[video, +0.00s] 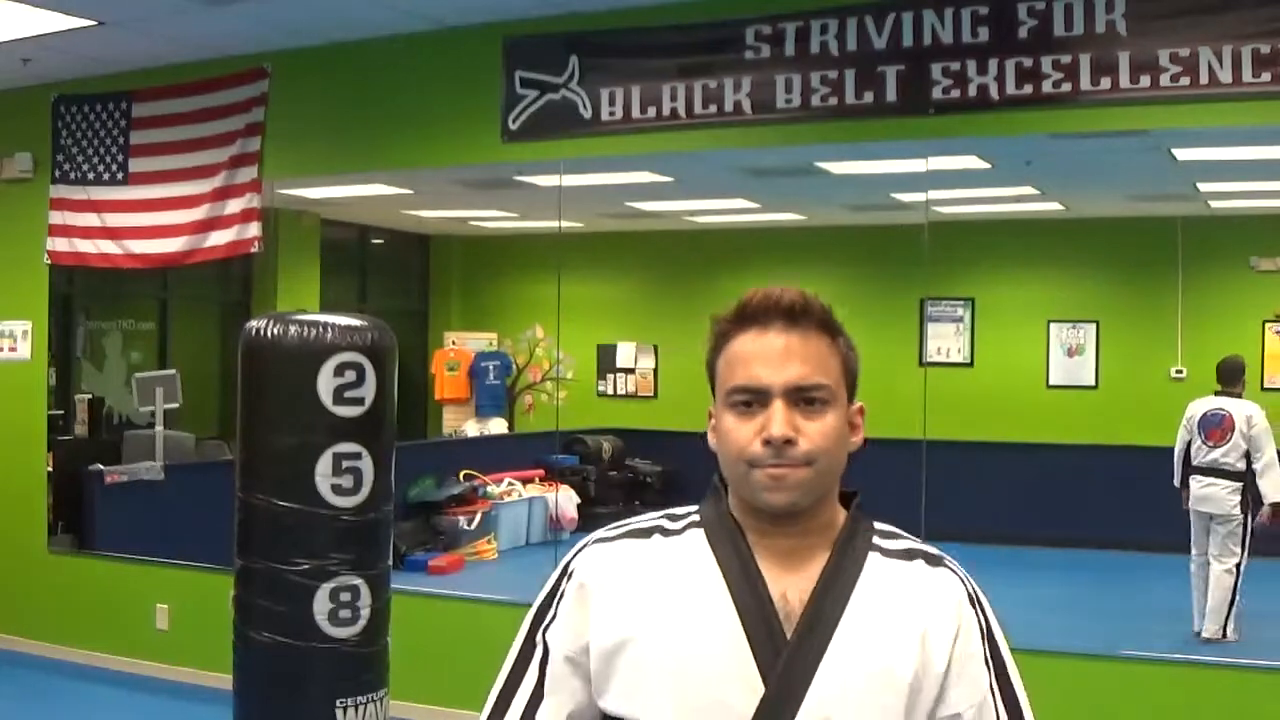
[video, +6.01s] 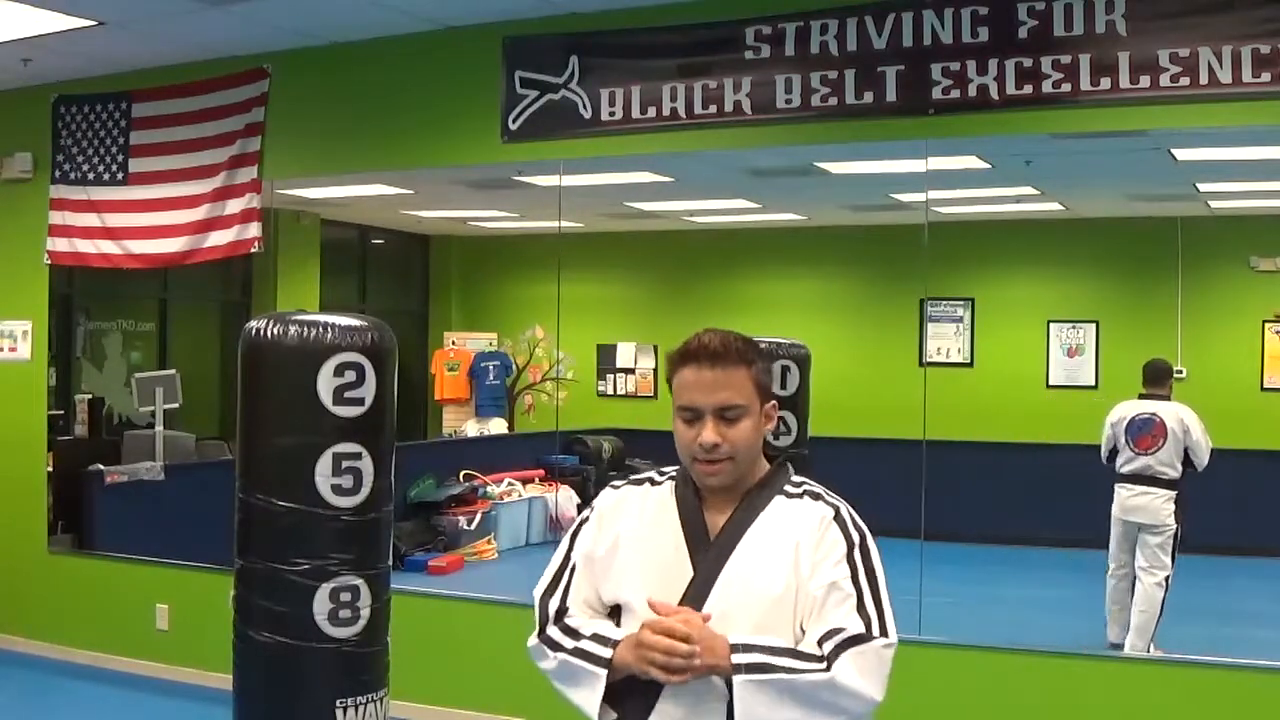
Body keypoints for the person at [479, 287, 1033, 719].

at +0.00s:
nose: (778, 429)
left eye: (807, 401)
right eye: (748, 403)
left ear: (854, 426)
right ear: (712, 428)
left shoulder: (940, 600)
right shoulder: (601, 579)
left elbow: (1000, 716)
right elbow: (513, 716)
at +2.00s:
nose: (699, 394)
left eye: (715, 381)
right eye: (681, 381)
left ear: (739, 403)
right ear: (659, 402)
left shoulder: (787, 503)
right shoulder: (595, 494)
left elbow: (826, 626)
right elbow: (548, 612)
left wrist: (730, 603)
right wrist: (642, 597)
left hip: (741, 709)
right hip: (624, 708)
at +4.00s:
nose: (707, 404)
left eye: (717, 388)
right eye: (690, 394)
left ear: (738, 392)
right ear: (671, 407)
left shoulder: (787, 474)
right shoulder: (627, 473)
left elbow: (819, 581)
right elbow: (596, 577)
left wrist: (745, 556)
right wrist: (686, 555)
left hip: (750, 694)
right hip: (655, 692)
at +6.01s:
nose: (707, 437)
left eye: (729, 416)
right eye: (690, 417)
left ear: (769, 417)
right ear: (673, 416)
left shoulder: (825, 522)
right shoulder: (619, 506)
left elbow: (859, 674)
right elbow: (553, 628)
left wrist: (728, 654)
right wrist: (625, 651)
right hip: (630, 714)